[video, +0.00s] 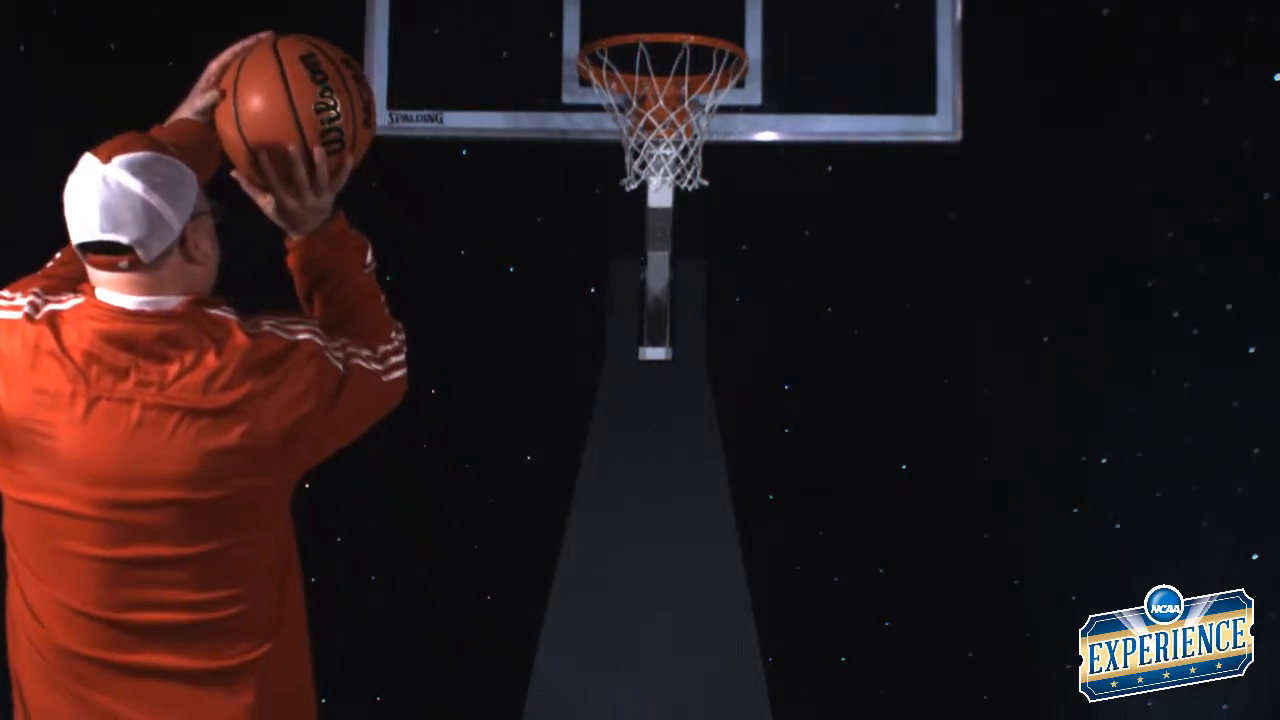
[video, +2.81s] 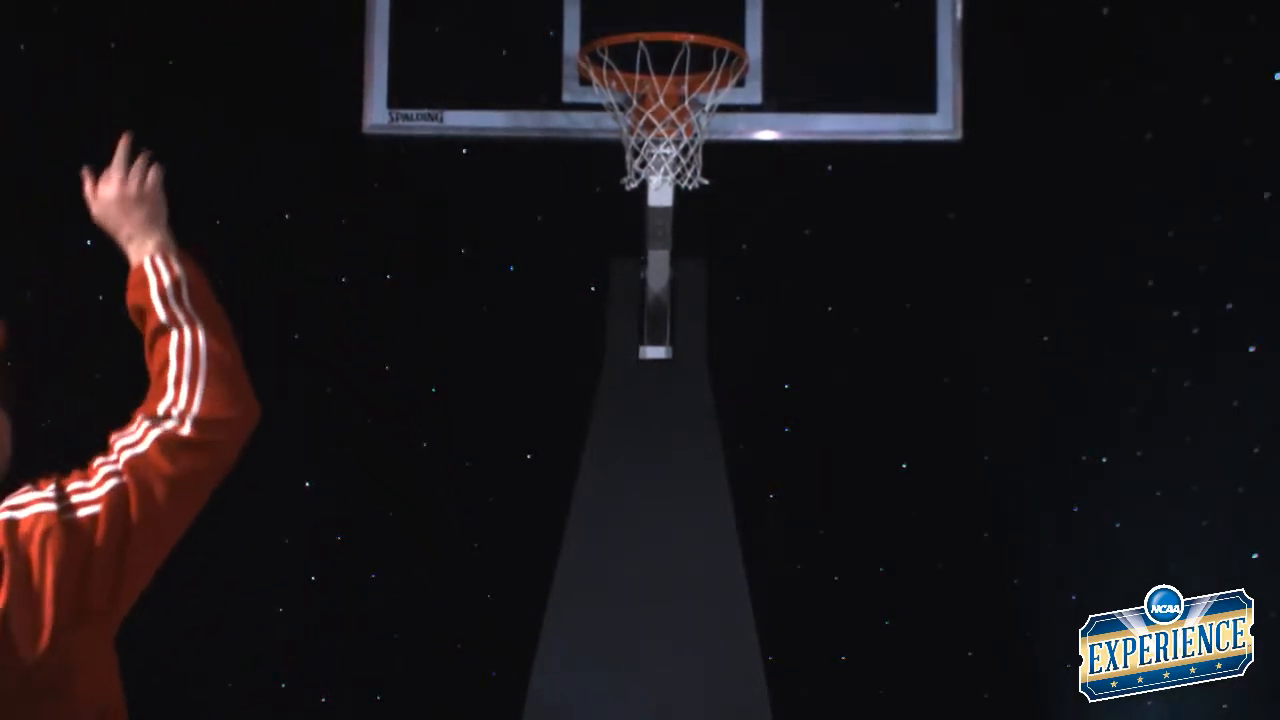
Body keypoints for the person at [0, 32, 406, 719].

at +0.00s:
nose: (212, 225)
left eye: (206, 213)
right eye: (205, 217)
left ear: (90, 239)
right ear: (191, 242)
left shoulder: (14, 351)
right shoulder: (260, 378)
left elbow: (90, 242)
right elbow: (380, 362)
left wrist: (183, 133)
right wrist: (320, 236)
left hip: (60, 703)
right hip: (243, 703)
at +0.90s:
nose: (146, 218)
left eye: (138, 204)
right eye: (138, 205)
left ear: (26, 235)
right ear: (118, 229)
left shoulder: (4, 325)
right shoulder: (181, 349)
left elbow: (47, 208)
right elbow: (312, 291)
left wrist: (159, 115)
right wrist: (301, 143)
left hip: (22, 697)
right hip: (174, 698)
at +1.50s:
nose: (95, 243)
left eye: (83, 232)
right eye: (83, 236)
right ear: (69, 270)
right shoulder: (126, 376)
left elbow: (26, 221)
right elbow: (224, 225)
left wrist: (131, 145)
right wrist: (287, 93)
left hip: (15, 699)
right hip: (136, 702)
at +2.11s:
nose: (50, 316)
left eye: (39, 303)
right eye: (39, 306)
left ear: (4, 343)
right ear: (11, 343)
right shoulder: (80, 444)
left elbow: (16, 300)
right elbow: (185, 301)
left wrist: (67, 203)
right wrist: (206, 113)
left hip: (17, 701)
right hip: (114, 701)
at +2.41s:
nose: (22, 353)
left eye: (14, 346)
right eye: (13, 350)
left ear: (12, 378)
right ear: (1, 383)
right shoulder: (40, 500)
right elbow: (186, 335)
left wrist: (18, 248)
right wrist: (176, 155)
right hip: (90, 701)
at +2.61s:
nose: (14, 396)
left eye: (7, 366)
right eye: (7, 367)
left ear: (11, 371)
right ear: (3, 376)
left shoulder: (38, 537)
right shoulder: (33, 539)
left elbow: (190, 371)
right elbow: (190, 368)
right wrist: (159, 194)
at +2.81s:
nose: (9, 414)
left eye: (4, 385)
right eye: (5, 385)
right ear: (4, 409)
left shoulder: (33, 555)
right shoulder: (27, 557)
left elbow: (202, 409)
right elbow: (202, 407)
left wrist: (148, 244)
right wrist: (149, 243)